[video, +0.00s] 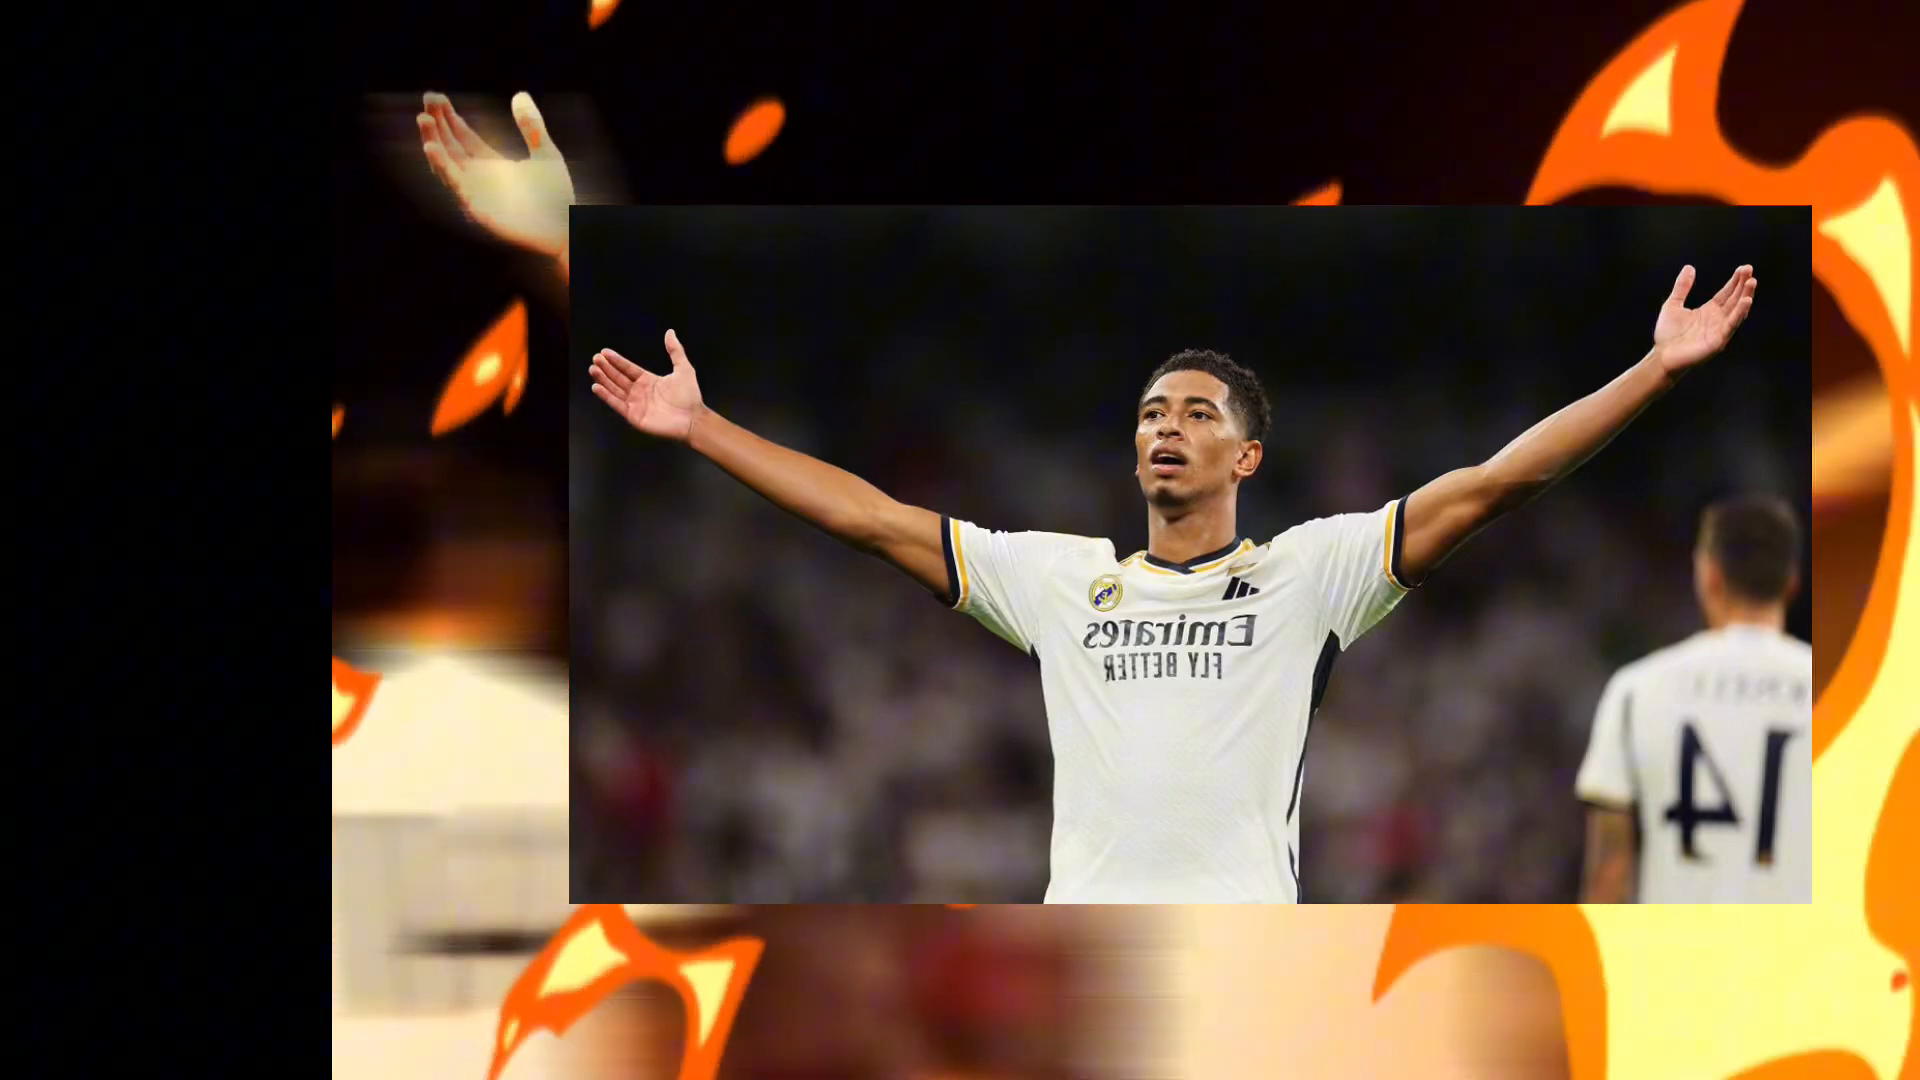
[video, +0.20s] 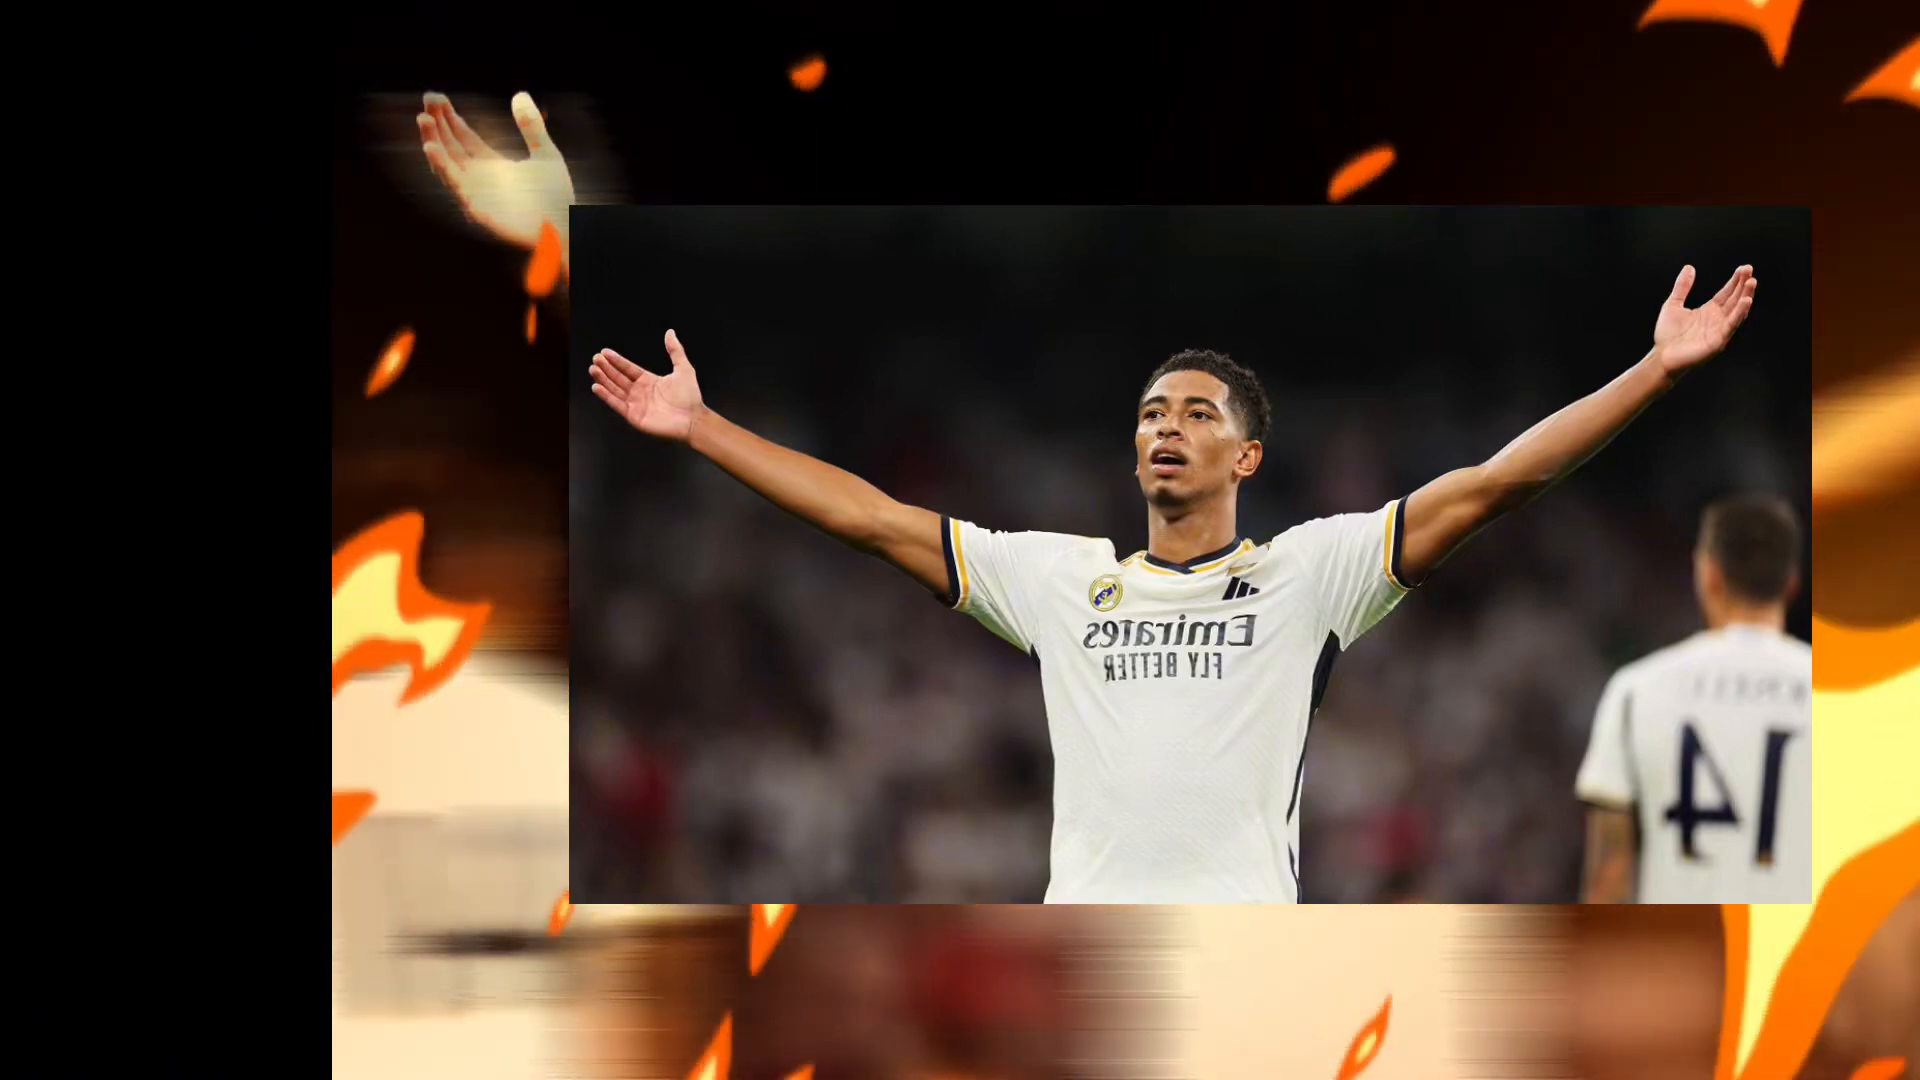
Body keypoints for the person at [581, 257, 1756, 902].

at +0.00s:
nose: (1169, 428)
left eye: (1199, 414)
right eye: (1155, 414)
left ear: (1248, 454)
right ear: (1134, 452)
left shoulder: (1306, 571)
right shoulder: (1059, 581)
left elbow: (1490, 484)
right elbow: (877, 518)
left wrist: (1654, 368)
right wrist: (701, 428)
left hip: (1248, 941)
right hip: (1087, 938)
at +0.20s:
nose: (1172, 429)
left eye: (1200, 416)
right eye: (1157, 415)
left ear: (1248, 454)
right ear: (1134, 452)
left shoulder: (1308, 570)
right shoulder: (1058, 576)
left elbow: (1492, 483)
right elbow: (875, 517)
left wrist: (1656, 365)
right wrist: (698, 426)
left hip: (1249, 940)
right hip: (1087, 936)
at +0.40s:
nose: (1167, 431)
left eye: (1198, 417)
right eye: (1153, 416)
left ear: (1248, 457)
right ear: (1133, 452)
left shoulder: (1308, 570)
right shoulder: (1058, 578)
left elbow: (1488, 485)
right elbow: (878, 519)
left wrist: (1654, 369)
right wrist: (699, 427)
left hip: (1246, 945)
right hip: (1085, 946)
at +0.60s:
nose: (1166, 428)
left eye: (1198, 414)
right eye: (1153, 414)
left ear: (1247, 455)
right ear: (1133, 451)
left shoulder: (1306, 570)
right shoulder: (1058, 580)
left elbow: (1492, 482)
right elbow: (877, 518)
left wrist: (1657, 367)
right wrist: (699, 426)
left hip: (1247, 944)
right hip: (1088, 945)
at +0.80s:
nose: (1171, 429)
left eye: (1200, 415)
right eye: (1156, 415)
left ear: (1248, 453)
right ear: (1134, 451)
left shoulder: (1308, 570)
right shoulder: (1058, 577)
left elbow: (1492, 483)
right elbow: (875, 517)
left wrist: (1656, 366)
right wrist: (698, 427)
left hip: (1246, 939)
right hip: (1085, 937)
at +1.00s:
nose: (1165, 436)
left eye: (1192, 420)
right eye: (1153, 420)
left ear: (1250, 455)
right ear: (1135, 452)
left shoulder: (1310, 569)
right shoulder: (1066, 577)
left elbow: (1496, 480)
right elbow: (880, 519)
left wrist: (1659, 366)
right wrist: (701, 425)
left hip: (1250, 942)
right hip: (1082, 937)